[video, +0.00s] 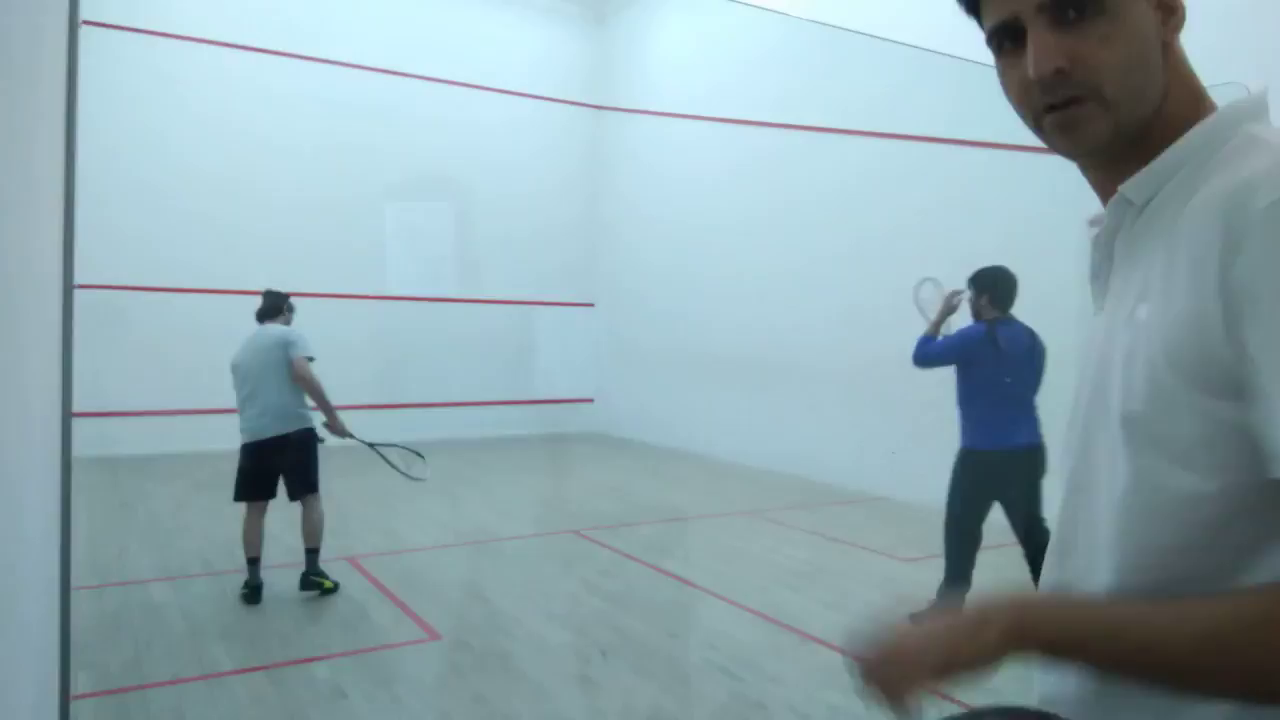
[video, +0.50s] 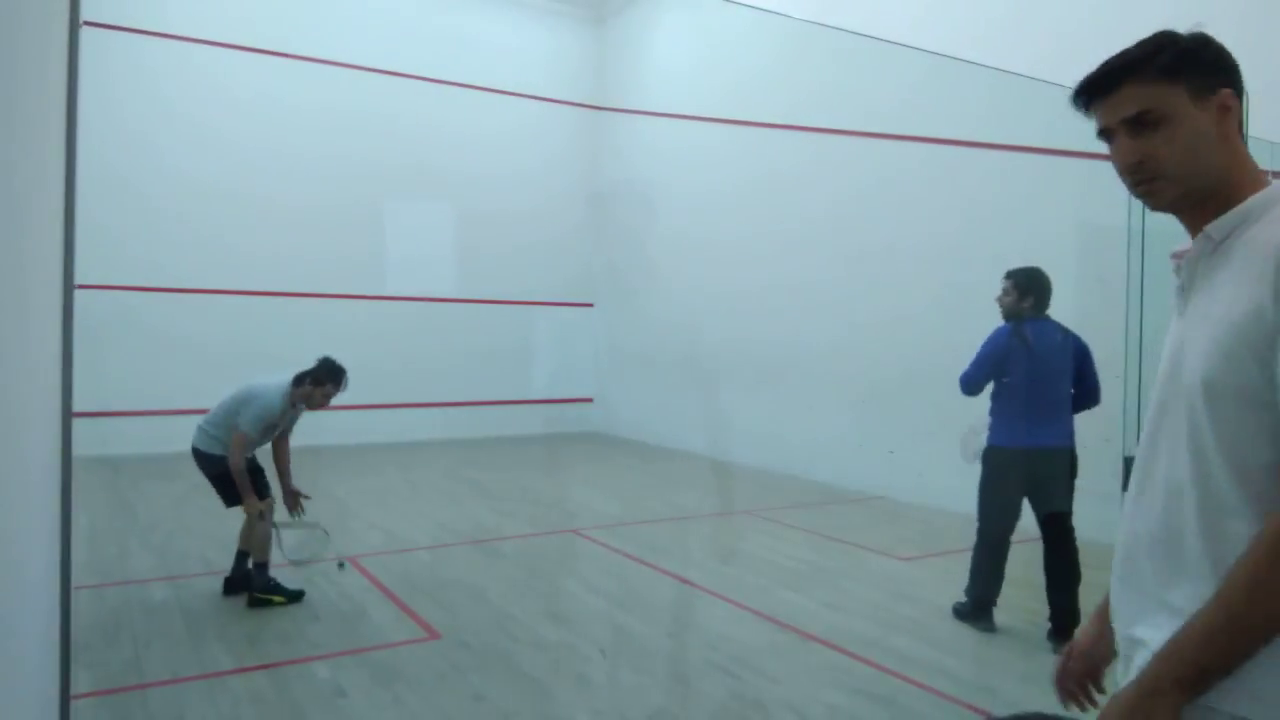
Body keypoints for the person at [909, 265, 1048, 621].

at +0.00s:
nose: (970, 302)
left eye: (974, 297)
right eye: (972, 297)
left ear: (983, 299)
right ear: (1009, 300)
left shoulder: (972, 339)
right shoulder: (1031, 340)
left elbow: (922, 356)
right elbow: (1028, 389)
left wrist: (941, 316)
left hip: (981, 454)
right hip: (1025, 452)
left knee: (962, 530)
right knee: (1030, 527)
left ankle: (950, 604)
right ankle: (1061, 600)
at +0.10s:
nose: (985, 305)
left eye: (987, 300)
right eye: (986, 300)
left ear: (998, 301)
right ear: (1022, 301)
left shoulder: (986, 339)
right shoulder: (1049, 342)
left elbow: (935, 344)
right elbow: (1051, 392)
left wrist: (959, 310)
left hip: (998, 455)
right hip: (1042, 454)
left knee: (971, 532)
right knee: (1049, 538)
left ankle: (951, 606)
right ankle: (1073, 608)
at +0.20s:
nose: (998, 305)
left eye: (1001, 298)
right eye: (998, 298)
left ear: (1016, 300)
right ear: (1039, 300)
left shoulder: (1004, 336)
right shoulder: (1070, 341)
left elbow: (958, 328)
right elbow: (1085, 393)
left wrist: (985, 295)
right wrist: (1046, 391)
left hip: (1015, 456)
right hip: (1060, 456)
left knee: (989, 534)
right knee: (1062, 542)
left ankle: (959, 603)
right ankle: (1065, 623)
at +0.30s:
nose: (1012, 296)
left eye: (1019, 290)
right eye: (1015, 289)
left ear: (1036, 298)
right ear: (1055, 300)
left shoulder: (1014, 335)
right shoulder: (1083, 340)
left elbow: (976, 333)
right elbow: (1110, 392)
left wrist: (1004, 304)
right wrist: (1074, 406)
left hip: (1022, 457)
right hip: (1072, 458)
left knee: (1002, 533)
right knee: (1071, 541)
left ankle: (977, 606)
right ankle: (1066, 634)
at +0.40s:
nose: (1013, 295)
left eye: (1019, 290)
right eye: (1015, 289)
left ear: (1039, 297)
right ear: (1053, 300)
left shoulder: (1014, 334)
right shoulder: (1085, 341)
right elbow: (1108, 396)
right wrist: (1073, 409)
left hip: (1020, 459)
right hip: (1069, 460)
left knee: (1003, 533)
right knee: (1070, 541)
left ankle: (984, 608)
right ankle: (1066, 633)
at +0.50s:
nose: (998, 298)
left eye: (1006, 293)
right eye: (1001, 291)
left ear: (1028, 298)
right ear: (1038, 300)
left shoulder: (1005, 337)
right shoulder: (1070, 340)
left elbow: (970, 384)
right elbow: (1090, 395)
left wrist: (992, 368)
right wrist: (1052, 407)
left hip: (1007, 457)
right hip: (1055, 458)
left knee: (993, 532)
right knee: (1059, 536)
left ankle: (980, 606)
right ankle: (1064, 628)